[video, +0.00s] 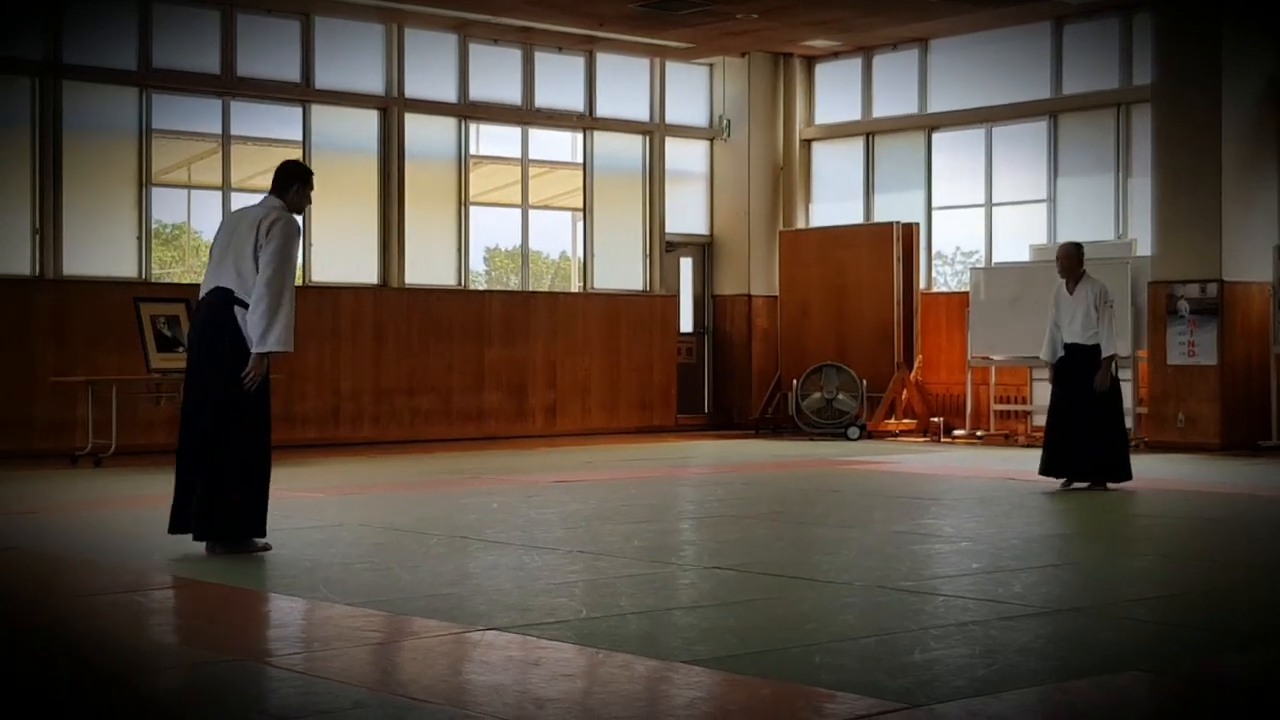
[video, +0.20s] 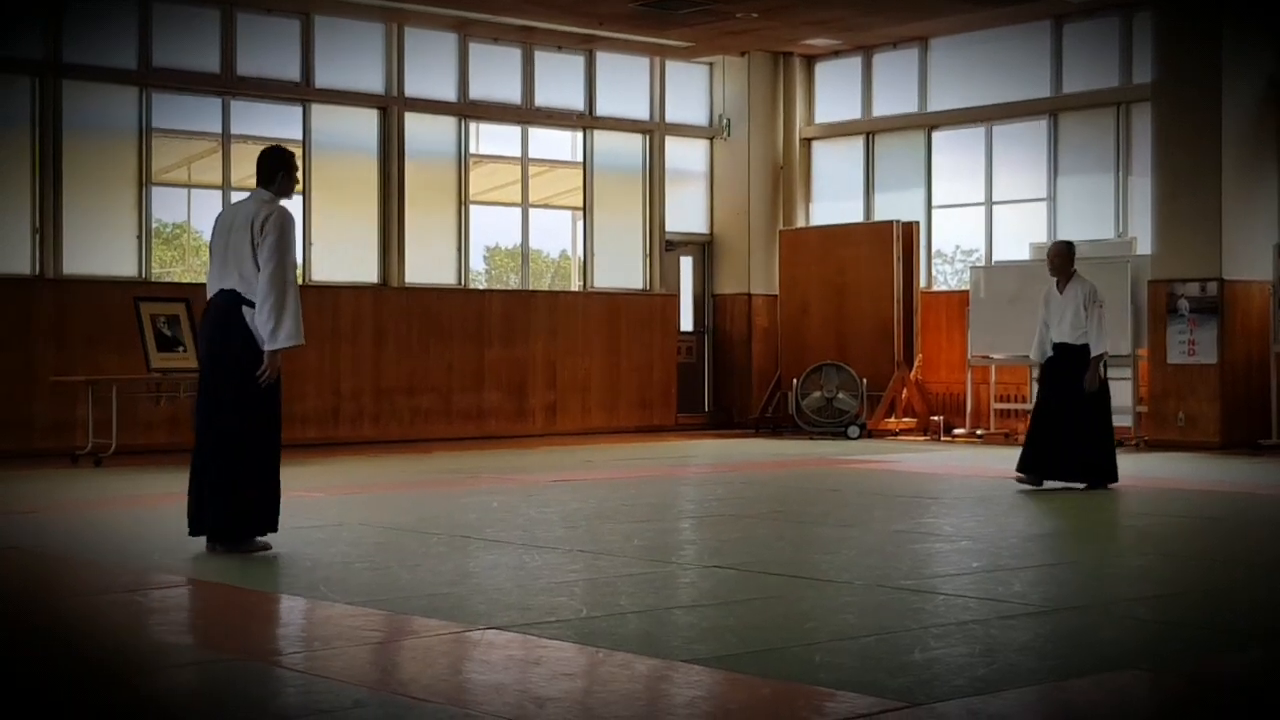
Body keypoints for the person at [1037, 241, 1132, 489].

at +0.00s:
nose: (1058, 266)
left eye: (1062, 261)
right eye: (1056, 261)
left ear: (1078, 261)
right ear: (1059, 263)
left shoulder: (1097, 289)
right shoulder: (1060, 291)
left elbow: (1107, 329)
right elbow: (1054, 328)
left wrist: (1106, 366)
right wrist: (1051, 362)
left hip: (1093, 356)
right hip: (1068, 357)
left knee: (1096, 418)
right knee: (1067, 417)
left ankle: (1099, 475)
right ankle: (1070, 472)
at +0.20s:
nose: (1049, 263)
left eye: (1054, 258)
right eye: (1048, 258)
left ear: (1070, 260)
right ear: (1049, 261)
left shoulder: (1086, 289)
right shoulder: (1050, 291)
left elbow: (1097, 329)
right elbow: (1043, 328)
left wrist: (1095, 366)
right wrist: (1040, 363)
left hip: (1083, 357)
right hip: (1057, 357)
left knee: (1090, 418)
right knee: (1045, 414)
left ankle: (1098, 475)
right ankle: (1036, 472)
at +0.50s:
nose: (1024, 259)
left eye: (1029, 255)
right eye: (1023, 254)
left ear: (1043, 257)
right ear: (1022, 256)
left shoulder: (1060, 287)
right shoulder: (1020, 292)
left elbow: (1073, 328)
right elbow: (1012, 330)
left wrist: (1074, 365)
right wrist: (1009, 367)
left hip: (1052, 357)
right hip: (1025, 357)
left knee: (1069, 416)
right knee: (1022, 417)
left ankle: (1094, 466)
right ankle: (1020, 477)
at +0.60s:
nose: (1012, 258)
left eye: (1017, 253)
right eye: (1012, 253)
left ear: (1032, 257)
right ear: (1013, 256)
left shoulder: (1049, 287)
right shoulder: (1009, 292)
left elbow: (1063, 326)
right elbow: (1000, 329)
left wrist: (1066, 363)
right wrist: (989, 364)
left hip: (1040, 357)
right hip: (1014, 357)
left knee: (1047, 416)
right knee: (1014, 417)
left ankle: (1080, 459)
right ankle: (1017, 478)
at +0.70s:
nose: (1002, 257)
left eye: (1007, 252)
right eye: (1003, 253)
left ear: (1021, 256)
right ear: (1006, 256)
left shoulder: (1040, 286)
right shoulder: (1003, 289)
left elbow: (1053, 325)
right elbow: (992, 323)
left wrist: (1056, 363)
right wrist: (972, 346)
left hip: (1032, 355)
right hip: (1008, 355)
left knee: (1030, 415)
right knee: (1008, 416)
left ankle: (1058, 463)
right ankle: (1019, 477)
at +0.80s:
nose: (995, 260)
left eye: (1000, 255)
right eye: (993, 255)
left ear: (1013, 256)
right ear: (993, 257)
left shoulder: (1032, 287)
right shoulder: (993, 291)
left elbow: (1044, 325)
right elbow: (981, 320)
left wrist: (1047, 362)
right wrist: (965, 316)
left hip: (1024, 355)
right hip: (1001, 355)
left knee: (1020, 415)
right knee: (999, 415)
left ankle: (1025, 477)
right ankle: (1010, 476)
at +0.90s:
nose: (985, 263)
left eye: (990, 257)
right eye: (984, 257)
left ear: (1004, 257)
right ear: (984, 259)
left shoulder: (1024, 287)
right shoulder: (985, 289)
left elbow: (1037, 327)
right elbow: (962, 311)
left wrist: (1038, 365)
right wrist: (959, 288)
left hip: (1016, 356)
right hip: (994, 355)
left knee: (1016, 416)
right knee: (990, 415)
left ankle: (1019, 476)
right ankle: (989, 475)